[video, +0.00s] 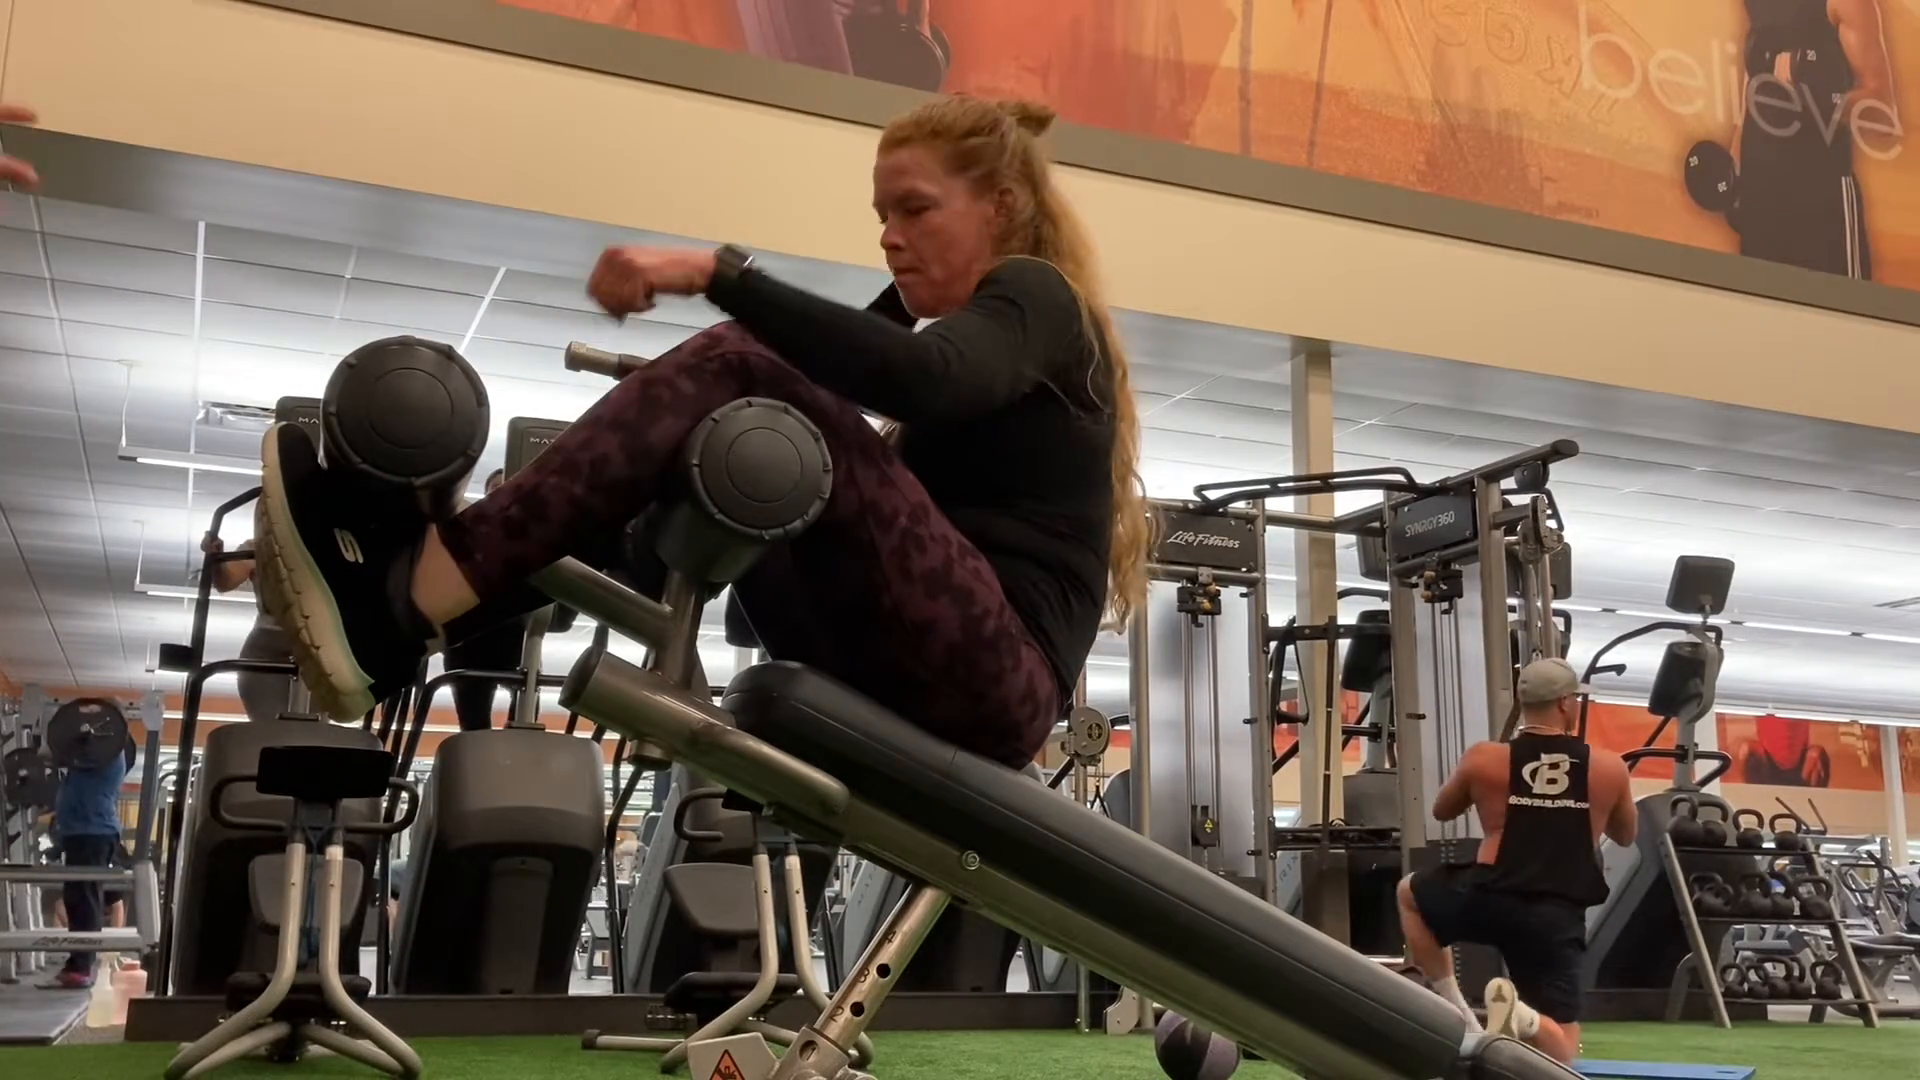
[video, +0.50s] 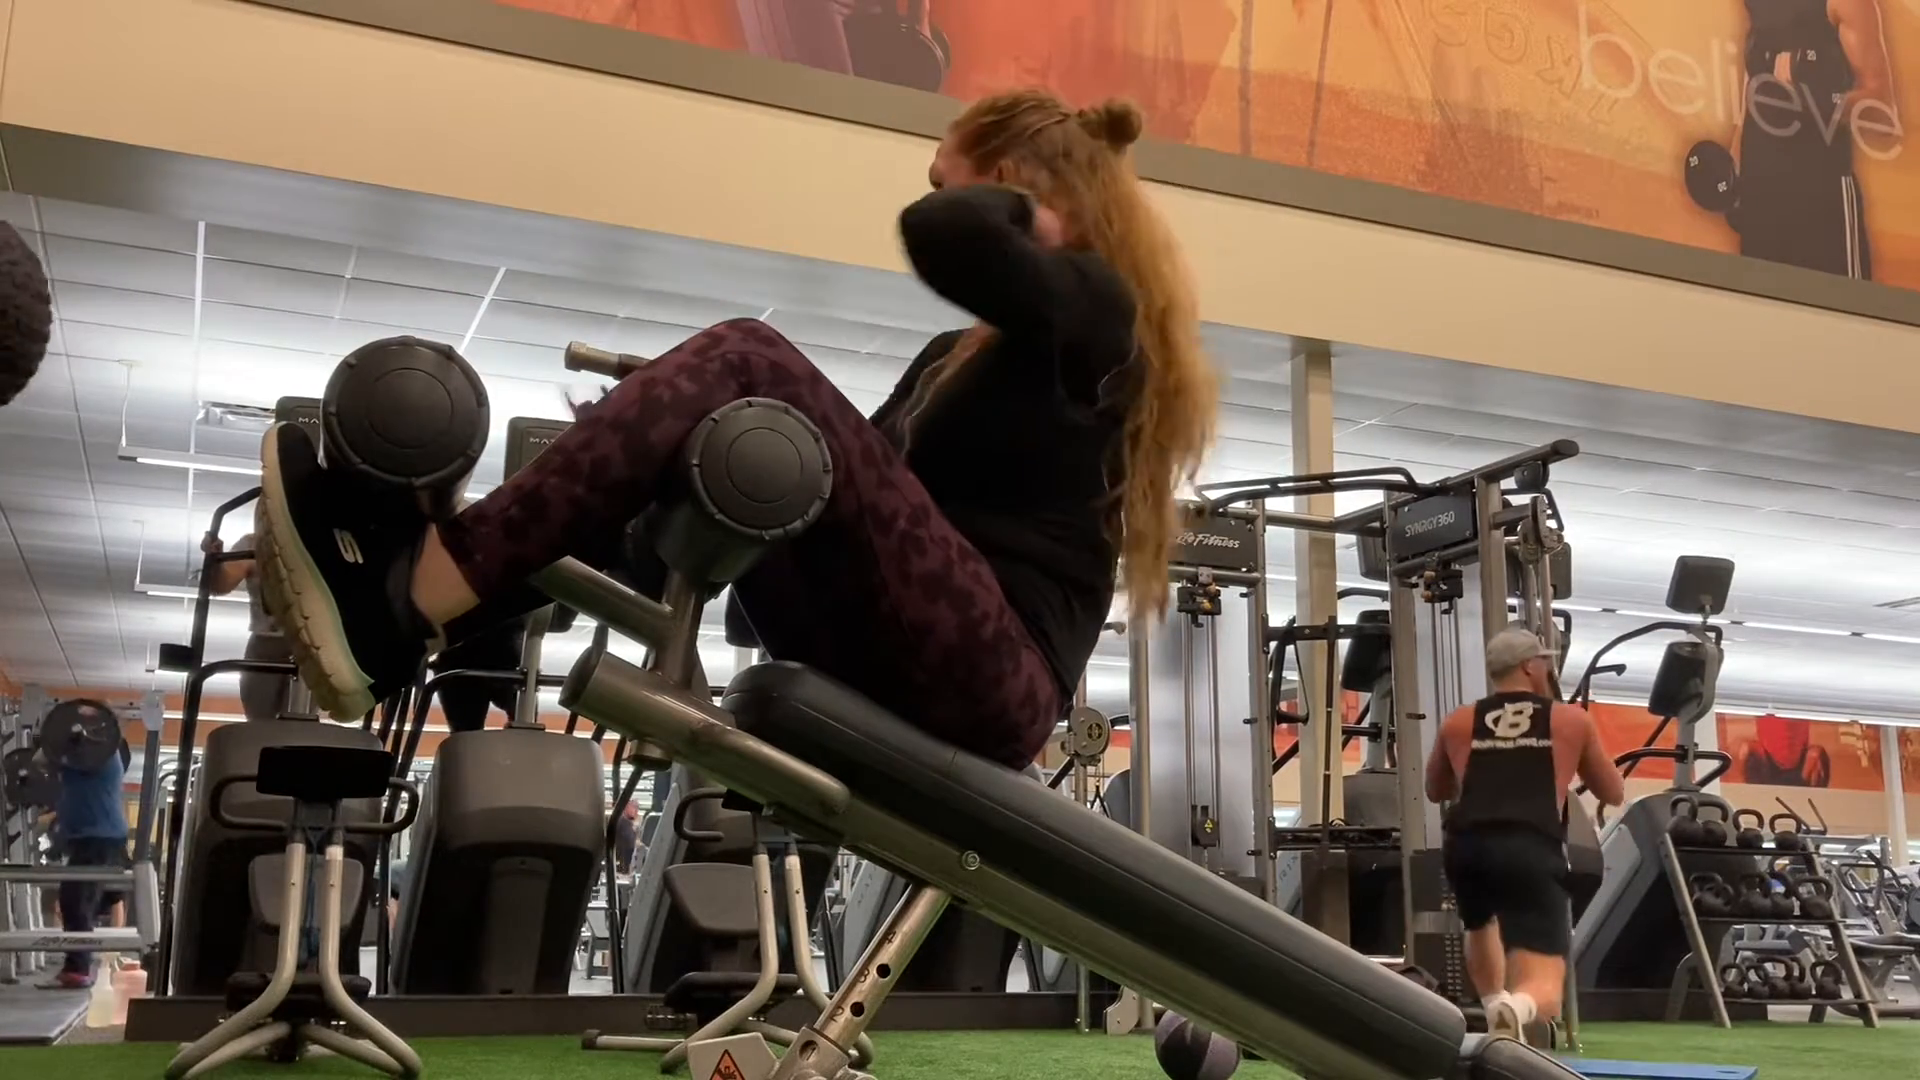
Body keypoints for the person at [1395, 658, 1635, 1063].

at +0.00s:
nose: (1578, 705)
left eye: (1577, 698)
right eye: (1575, 698)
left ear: (1522, 702)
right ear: (1565, 703)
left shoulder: (1484, 758)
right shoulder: (1608, 767)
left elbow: (1442, 810)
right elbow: (1625, 835)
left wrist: (1482, 783)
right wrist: (1591, 793)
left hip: (1488, 897)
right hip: (1556, 912)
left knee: (1410, 895)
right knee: (1566, 1049)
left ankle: (1455, 1009)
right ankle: (1520, 1015)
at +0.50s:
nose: (1549, 671)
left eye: (1547, 662)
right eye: (1545, 662)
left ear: (1495, 671)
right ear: (1528, 668)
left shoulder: (1458, 722)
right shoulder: (1573, 721)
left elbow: (1437, 789)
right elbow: (1613, 792)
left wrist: (1481, 768)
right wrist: (1582, 764)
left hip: (1467, 848)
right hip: (1531, 849)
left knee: (1478, 922)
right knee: (1542, 986)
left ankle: (1499, 1020)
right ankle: (1509, 1009)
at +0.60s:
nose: (1548, 650)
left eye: (1545, 641)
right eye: (1542, 642)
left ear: (1495, 651)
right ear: (1526, 646)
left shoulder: (1457, 699)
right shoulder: (1568, 695)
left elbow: (1438, 771)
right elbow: (1610, 768)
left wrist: (1479, 748)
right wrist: (1584, 754)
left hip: (1470, 817)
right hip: (1533, 815)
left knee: (1483, 920)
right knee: (1543, 948)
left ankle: (1500, 1030)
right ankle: (1513, 1003)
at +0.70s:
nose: (1551, 630)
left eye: (1547, 621)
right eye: (1545, 621)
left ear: (1494, 632)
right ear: (1527, 625)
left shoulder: (1458, 679)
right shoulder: (1563, 670)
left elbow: (1442, 751)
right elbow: (1606, 740)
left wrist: (1487, 727)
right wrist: (1571, 720)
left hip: (1471, 792)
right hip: (1533, 786)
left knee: (1487, 912)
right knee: (1576, 906)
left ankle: (1501, 1029)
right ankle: (1531, 983)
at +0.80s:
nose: (1552, 613)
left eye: (1551, 604)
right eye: (1548, 604)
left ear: (1494, 613)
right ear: (1529, 607)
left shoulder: (1457, 665)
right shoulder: (1559, 648)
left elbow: (1453, 734)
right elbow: (1607, 715)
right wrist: (1573, 683)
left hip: (1473, 781)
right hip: (1534, 772)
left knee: (1490, 906)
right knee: (1620, 871)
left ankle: (1503, 1031)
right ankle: (1548, 962)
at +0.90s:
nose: (1549, 600)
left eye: (1546, 592)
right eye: (1545, 592)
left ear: (1494, 598)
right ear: (1529, 593)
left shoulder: (1461, 652)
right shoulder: (1555, 634)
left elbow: (1462, 716)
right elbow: (1612, 695)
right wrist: (1583, 659)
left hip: (1480, 779)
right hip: (1542, 769)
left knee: (1497, 904)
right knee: (1645, 843)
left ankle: (1503, 1028)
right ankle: (1596, 954)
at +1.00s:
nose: (1550, 593)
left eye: (1548, 586)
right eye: (1547, 586)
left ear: (1495, 592)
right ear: (1534, 587)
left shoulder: (1465, 647)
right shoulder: (1557, 632)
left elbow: (1464, 712)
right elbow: (1611, 695)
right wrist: (1600, 658)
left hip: (1488, 778)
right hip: (1550, 768)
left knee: (1501, 901)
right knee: (1640, 850)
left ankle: (1502, 1027)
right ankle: (1674, 966)